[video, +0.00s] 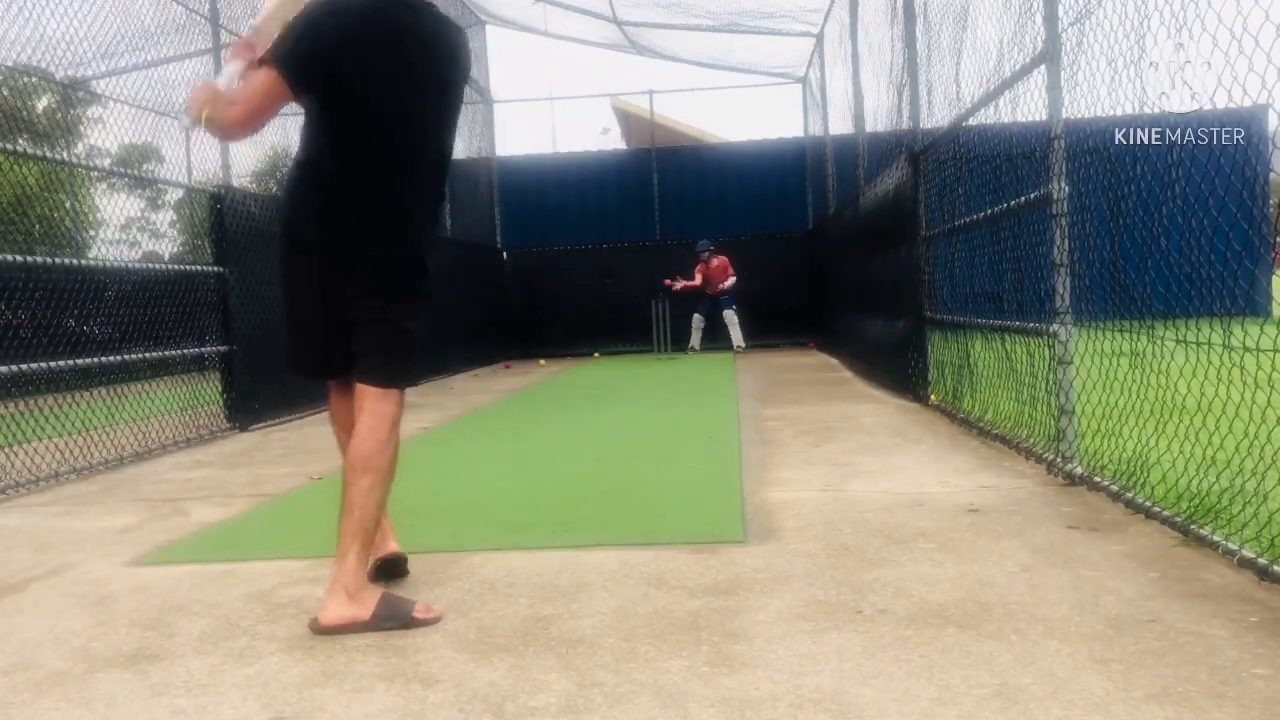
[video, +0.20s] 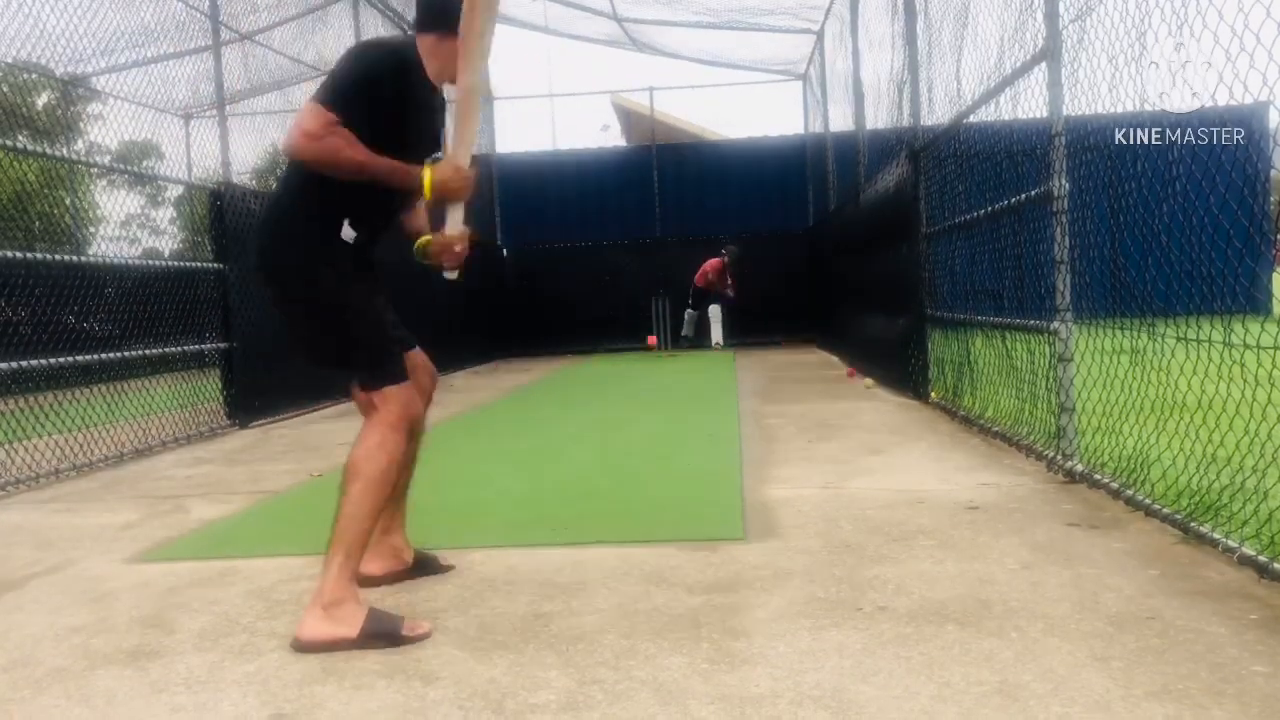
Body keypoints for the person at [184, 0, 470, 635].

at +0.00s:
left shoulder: (332, 19)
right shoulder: (448, 35)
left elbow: (241, 117)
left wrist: (209, 102)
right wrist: (280, 60)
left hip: (320, 236)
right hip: (402, 238)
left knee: (343, 386)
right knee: (380, 405)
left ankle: (380, 535)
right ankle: (348, 591)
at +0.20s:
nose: (481, 55)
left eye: (483, 41)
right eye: (479, 38)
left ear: (440, 29)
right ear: (453, 32)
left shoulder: (425, 105)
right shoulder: (380, 59)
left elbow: (391, 199)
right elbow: (307, 139)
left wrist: (429, 236)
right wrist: (422, 177)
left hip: (337, 257)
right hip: (299, 255)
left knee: (418, 377)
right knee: (396, 403)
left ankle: (385, 546)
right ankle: (331, 604)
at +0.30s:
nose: (475, 58)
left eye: (474, 46)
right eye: (475, 44)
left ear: (421, 34)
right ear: (461, 42)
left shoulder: (406, 100)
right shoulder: (386, 78)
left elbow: (438, 205)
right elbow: (378, 179)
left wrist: (503, 206)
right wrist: (483, 146)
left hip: (321, 267)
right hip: (307, 270)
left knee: (398, 395)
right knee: (415, 426)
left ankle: (386, 549)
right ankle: (330, 605)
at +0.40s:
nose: (454, 48)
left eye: (453, 36)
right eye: (455, 38)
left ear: (389, 22)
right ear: (444, 40)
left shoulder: (332, 55)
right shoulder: (422, 102)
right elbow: (448, 219)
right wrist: (489, 164)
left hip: (273, 269)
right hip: (342, 280)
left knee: (373, 410)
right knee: (426, 441)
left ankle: (386, 548)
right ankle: (332, 608)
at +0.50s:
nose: (447, 39)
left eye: (446, 27)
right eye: (448, 28)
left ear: (382, 4)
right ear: (441, 25)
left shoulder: (319, 14)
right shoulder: (443, 89)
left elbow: (254, 62)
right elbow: (404, 147)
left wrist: (313, 104)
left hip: (283, 249)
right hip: (361, 262)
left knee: (379, 393)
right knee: (409, 434)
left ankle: (382, 546)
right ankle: (331, 607)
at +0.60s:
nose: (453, 10)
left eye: (447, 9)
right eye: (453, 9)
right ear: (441, 7)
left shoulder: (356, 12)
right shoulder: (441, 59)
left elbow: (217, 36)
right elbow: (322, 115)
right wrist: (214, 95)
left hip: (297, 238)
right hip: (376, 248)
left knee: (362, 383)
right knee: (380, 430)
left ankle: (390, 540)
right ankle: (330, 607)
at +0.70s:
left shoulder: (378, 20)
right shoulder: (404, 27)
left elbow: (270, 29)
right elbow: (273, 40)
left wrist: (190, 3)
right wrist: (188, 2)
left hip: (306, 244)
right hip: (378, 249)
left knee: (330, 395)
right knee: (366, 429)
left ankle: (367, 538)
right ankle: (330, 604)